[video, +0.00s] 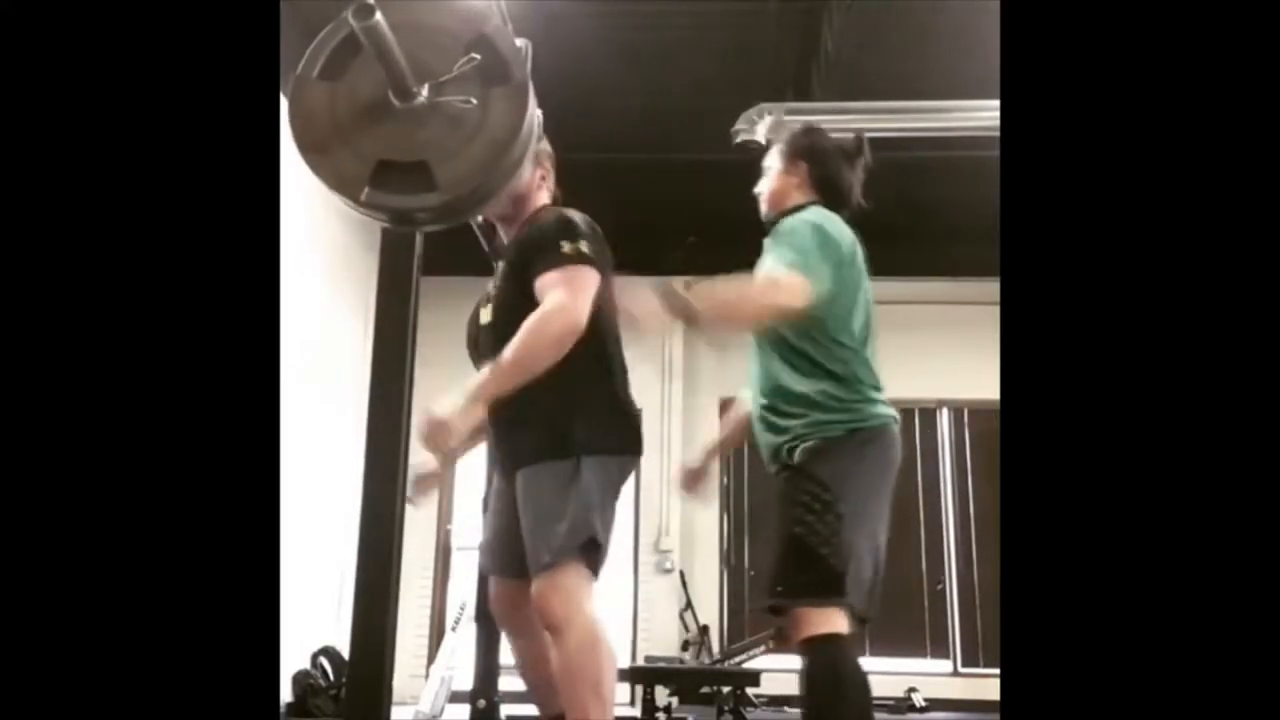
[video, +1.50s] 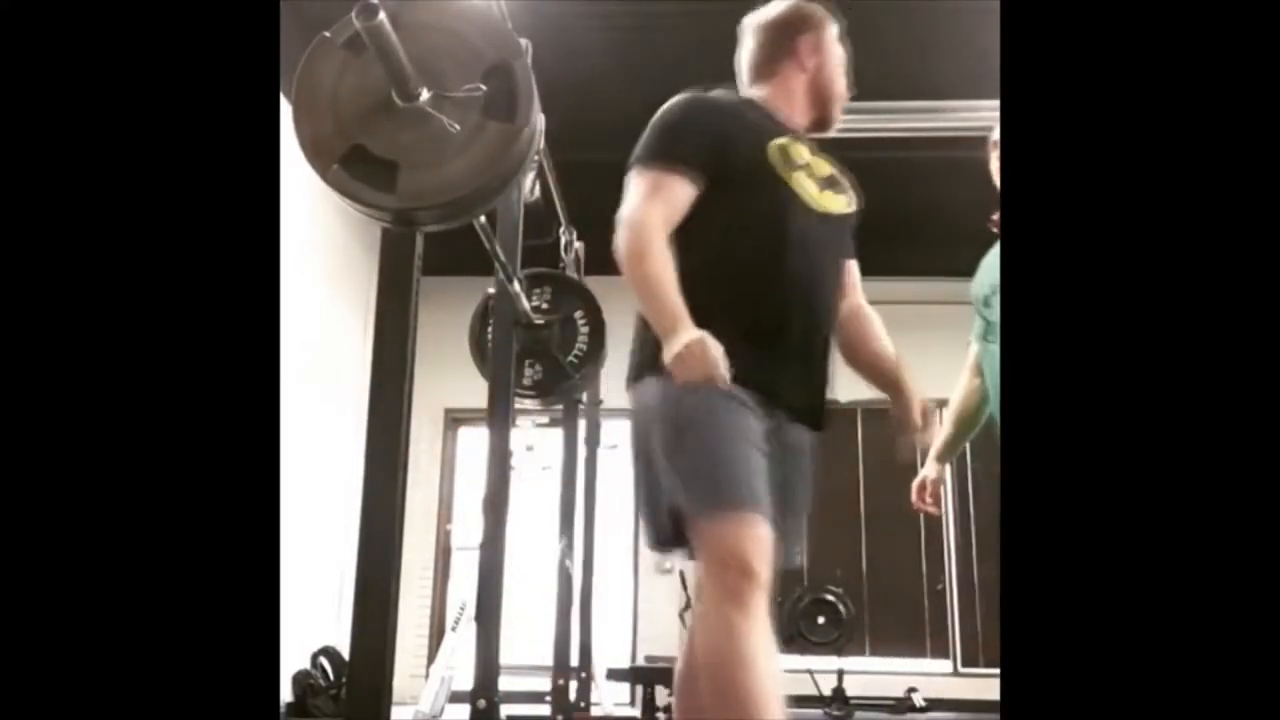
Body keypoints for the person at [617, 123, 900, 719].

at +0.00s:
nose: (759, 181)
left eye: (770, 169)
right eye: (763, 169)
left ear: (802, 175)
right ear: (809, 179)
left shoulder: (809, 228)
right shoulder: (802, 243)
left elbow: (786, 293)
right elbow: (779, 382)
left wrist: (680, 300)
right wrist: (712, 451)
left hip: (840, 440)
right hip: (822, 444)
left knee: (816, 613)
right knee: (808, 619)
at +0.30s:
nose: (787, 183)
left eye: (796, 171)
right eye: (789, 173)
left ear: (832, 173)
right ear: (828, 176)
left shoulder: (862, 228)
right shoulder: (823, 243)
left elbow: (883, 332)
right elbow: (830, 366)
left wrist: (875, 434)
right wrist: (816, 471)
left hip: (871, 435)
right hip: (836, 441)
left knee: (865, 592)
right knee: (842, 598)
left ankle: (913, 712)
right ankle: (869, 711)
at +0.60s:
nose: (842, 179)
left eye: (852, 164)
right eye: (842, 168)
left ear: (893, 164)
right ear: (880, 170)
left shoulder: (930, 219)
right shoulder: (877, 244)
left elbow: (939, 315)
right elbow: (871, 376)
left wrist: (888, 411)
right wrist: (837, 466)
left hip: (937, 445)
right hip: (878, 451)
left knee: (978, 618)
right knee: (878, 622)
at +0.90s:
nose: (907, 164)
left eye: (918, 147)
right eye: (907, 151)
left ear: (962, 145)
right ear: (951, 151)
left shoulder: (990, 204)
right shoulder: (943, 231)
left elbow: (1002, 313)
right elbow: (927, 369)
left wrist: (954, 400)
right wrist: (894, 458)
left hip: (984, 447)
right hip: (937, 455)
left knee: (993, 623)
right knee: (934, 623)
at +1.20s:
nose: (962, 149)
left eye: (976, 134)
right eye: (960, 138)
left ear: (1006, 140)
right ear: (966, 151)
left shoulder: (994, 232)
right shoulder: (973, 244)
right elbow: (966, 365)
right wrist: (936, 446)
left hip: (995, 456)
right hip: (970, 458)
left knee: (985, 626)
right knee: (977, 625)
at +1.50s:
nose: (997, 154)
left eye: (997, 143)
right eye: (996, 144)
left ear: (996, 156)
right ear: (990, 157)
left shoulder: (989, 268)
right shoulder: (990, 269)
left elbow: (979, 367)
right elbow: (981, 367)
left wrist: (938, 457)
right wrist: (938, 455)